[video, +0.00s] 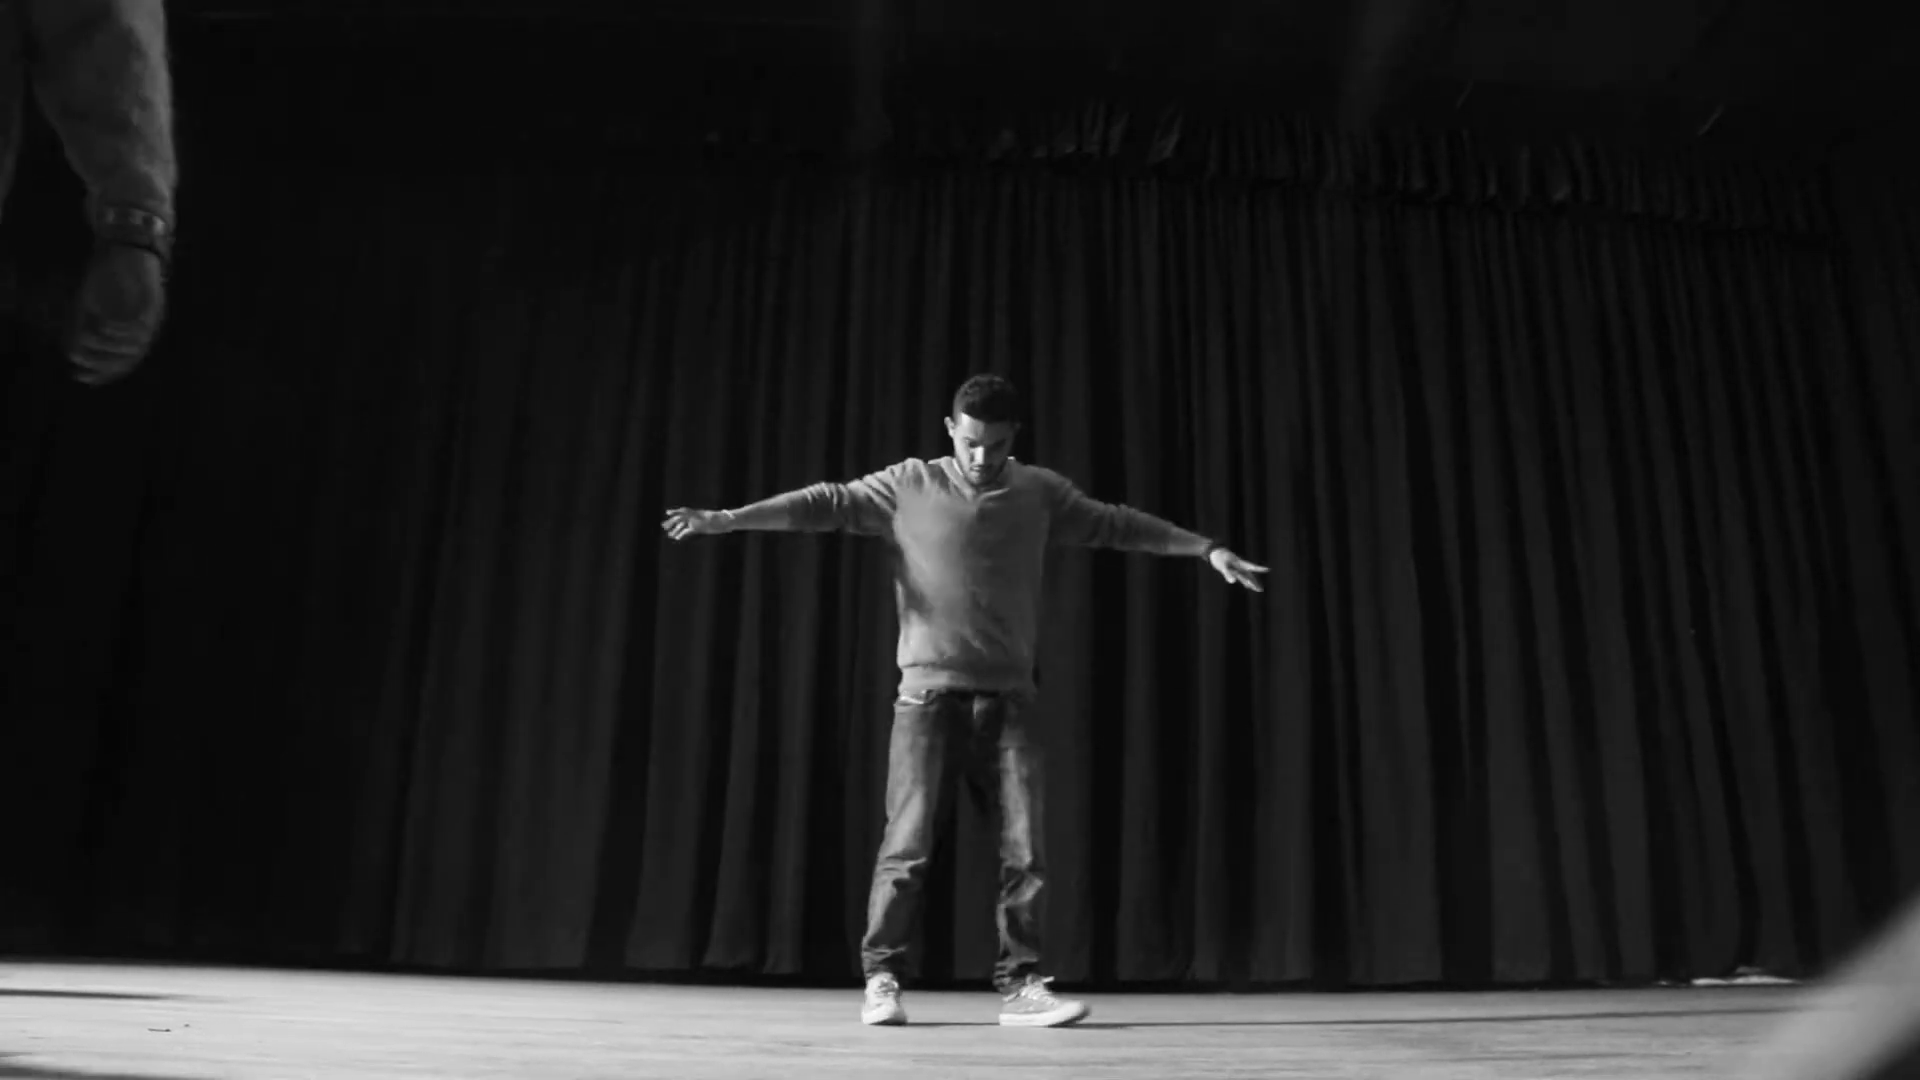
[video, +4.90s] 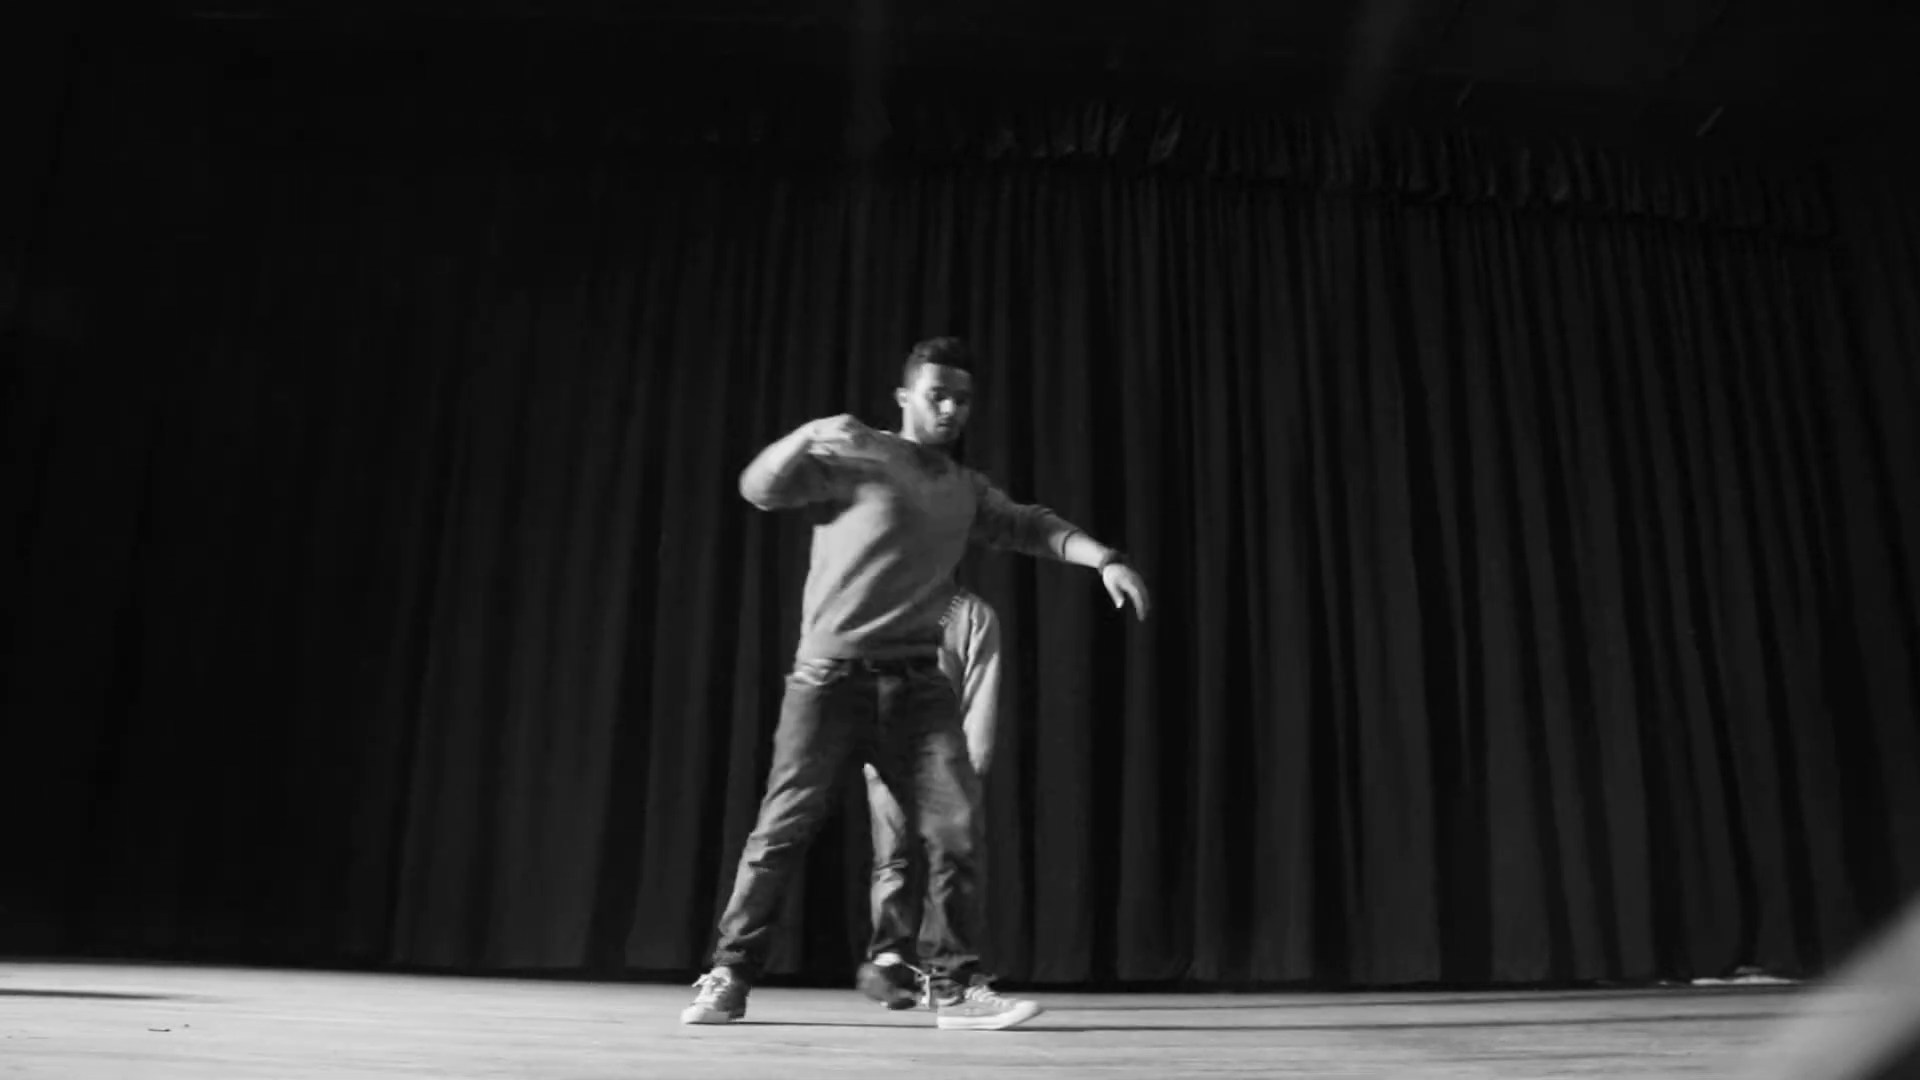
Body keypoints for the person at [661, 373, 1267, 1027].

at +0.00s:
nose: (986, 458)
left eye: (999, 446)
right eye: (974, 443)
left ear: (1017, 441)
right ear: (950, 430)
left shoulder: (1041, 493)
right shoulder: (909, 486)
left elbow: (1121, 525)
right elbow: (820, 502)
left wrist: (1208, 549)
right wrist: (724, 520)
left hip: (1009, 691)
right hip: (928, 689)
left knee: (1025, 846)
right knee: (911, 841)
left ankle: (1023, 990)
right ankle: (883, 980)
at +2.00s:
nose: (961, 428)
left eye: (974, 415)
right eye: (949, 414)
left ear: (994, 414)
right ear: (931, 413)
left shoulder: (1025, 466)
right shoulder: (900, 488)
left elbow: (1089, 526)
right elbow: (817, 513)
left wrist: (1150, 570)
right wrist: (721, 519)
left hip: (998, 681)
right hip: (920, 684)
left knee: (1000, 806)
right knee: (921, 832)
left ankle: (965, 969)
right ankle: (956, 974)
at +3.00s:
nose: (954, 412)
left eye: (967, 401)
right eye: (949, 401)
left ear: (1005, 403)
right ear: (946, 403)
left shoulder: (1056, 472)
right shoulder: (921, 461)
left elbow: (1125, 521)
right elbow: (833, 472)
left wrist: (1202, 559)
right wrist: (737, 470)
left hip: (973, 678)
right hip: (893, 666)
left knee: (968, 832)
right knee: (844, 794)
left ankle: (963, 981)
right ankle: (873, 938)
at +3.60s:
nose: (948, 396)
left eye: (963, 383)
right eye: (944, 384)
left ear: (1002, 386)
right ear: (941, 388)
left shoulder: (1051, 463)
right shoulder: (918, 445)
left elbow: (1118, 518)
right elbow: (836, 462)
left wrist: (1192, 566)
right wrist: (743, 468)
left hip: (1011, 662)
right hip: (930, 653)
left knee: (1002, 826)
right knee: (897, 764)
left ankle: (986, 975)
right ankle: (881, 911)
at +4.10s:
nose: (899, 405)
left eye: (910, 392)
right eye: (885, 393)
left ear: (929, 395)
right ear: (864, 402)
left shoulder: (967, 439)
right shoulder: (848, 488)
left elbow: (1036, 501)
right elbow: (759, 518)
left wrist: (1094, 547)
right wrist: (667, 499)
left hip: (988, 669)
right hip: (902, 671)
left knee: (988, 832)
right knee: (846, 817)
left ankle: (976, 983)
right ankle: (797, 963)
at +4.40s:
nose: (844, 395)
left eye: (855, 382)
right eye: (830, 382)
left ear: (872, 386)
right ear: (804, 388)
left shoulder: (909, 434)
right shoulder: (779, 464)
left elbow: (982, 478)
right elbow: (712, 550)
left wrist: (1047, 520)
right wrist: (749, 476)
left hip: (907, 665)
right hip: (815, 666)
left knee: (934, 823)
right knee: (769, 825)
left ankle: (952, 979)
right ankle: (726, 976)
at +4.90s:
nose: (948, 409)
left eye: (959, 399)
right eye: (935, 395)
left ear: (970, 407)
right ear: (903, 397)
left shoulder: (967, 489)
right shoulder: (857, 455)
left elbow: (1031, 527)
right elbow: (759, 488)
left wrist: (1103, 560)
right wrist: (804, 440)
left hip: (918, 681)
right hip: (831, 676)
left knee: (956, 829)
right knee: (788, 820)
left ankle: (955, 989)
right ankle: (729, 975)